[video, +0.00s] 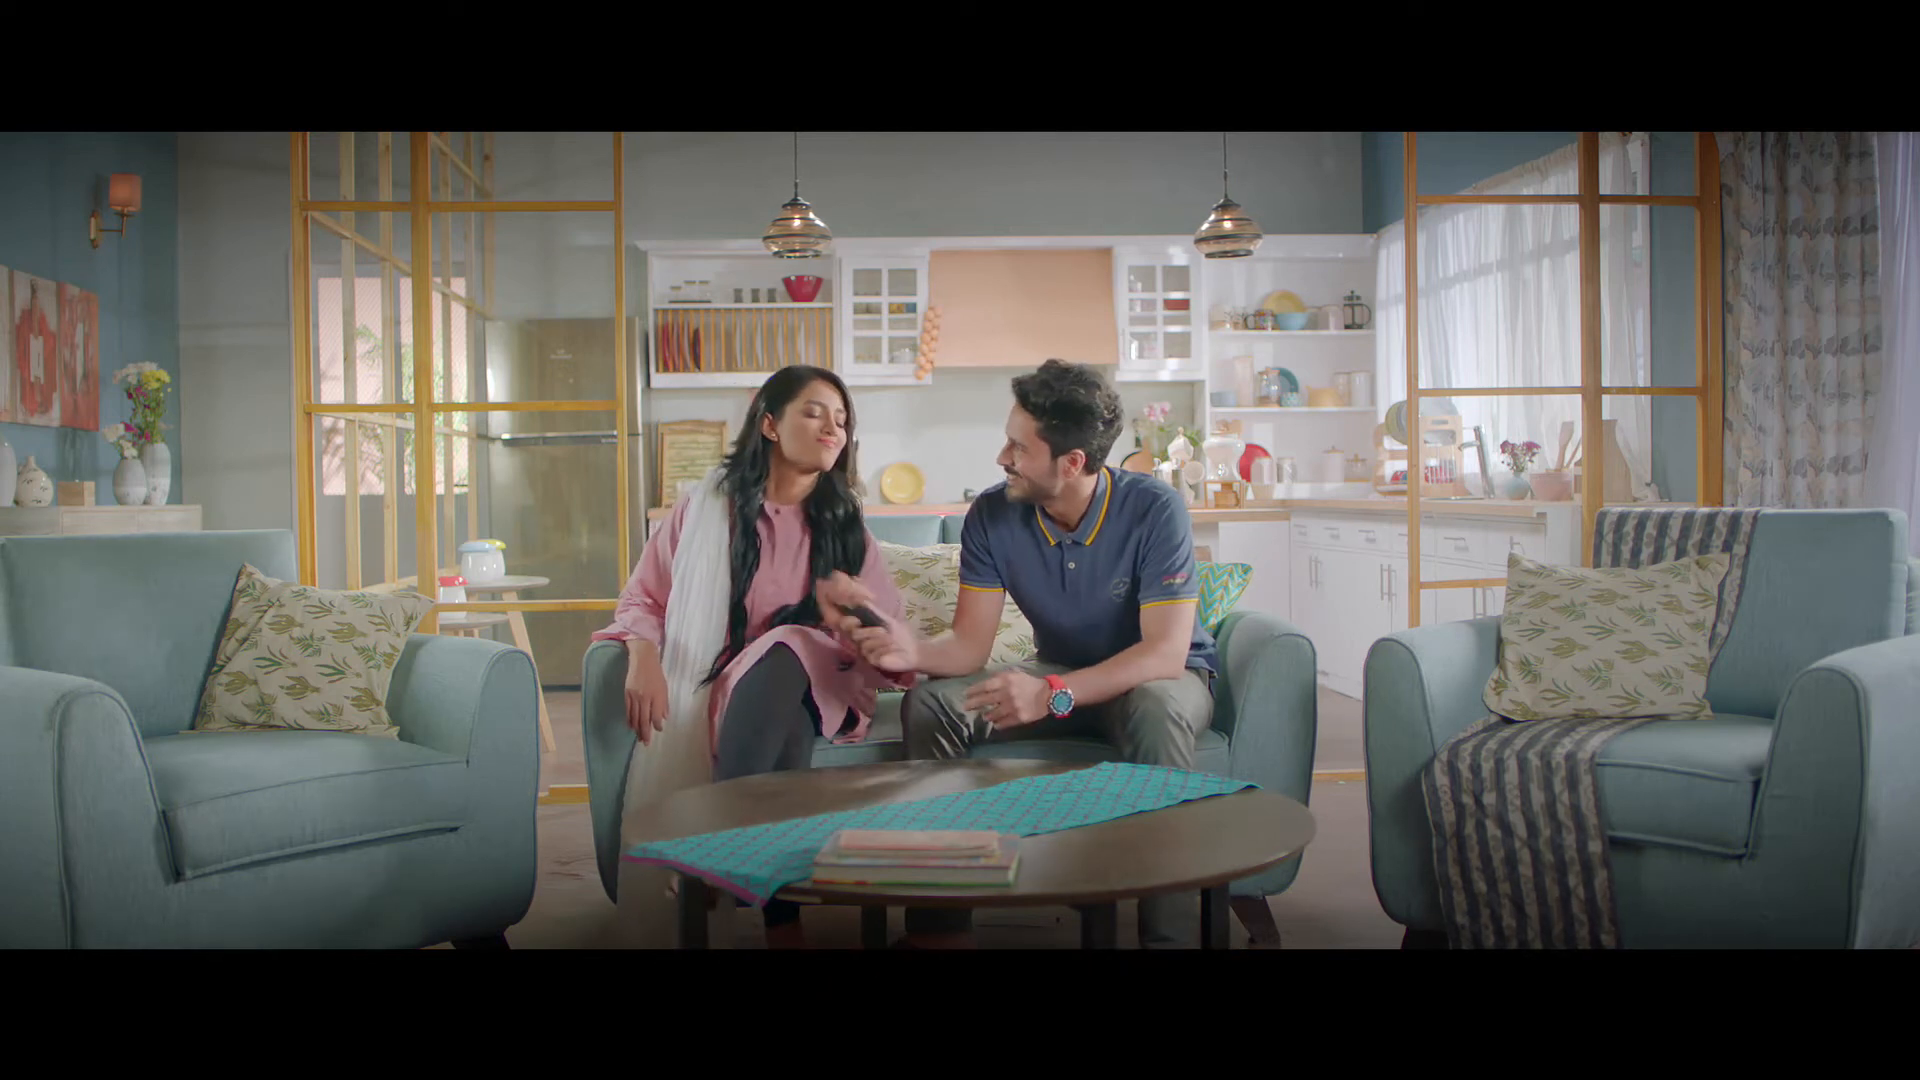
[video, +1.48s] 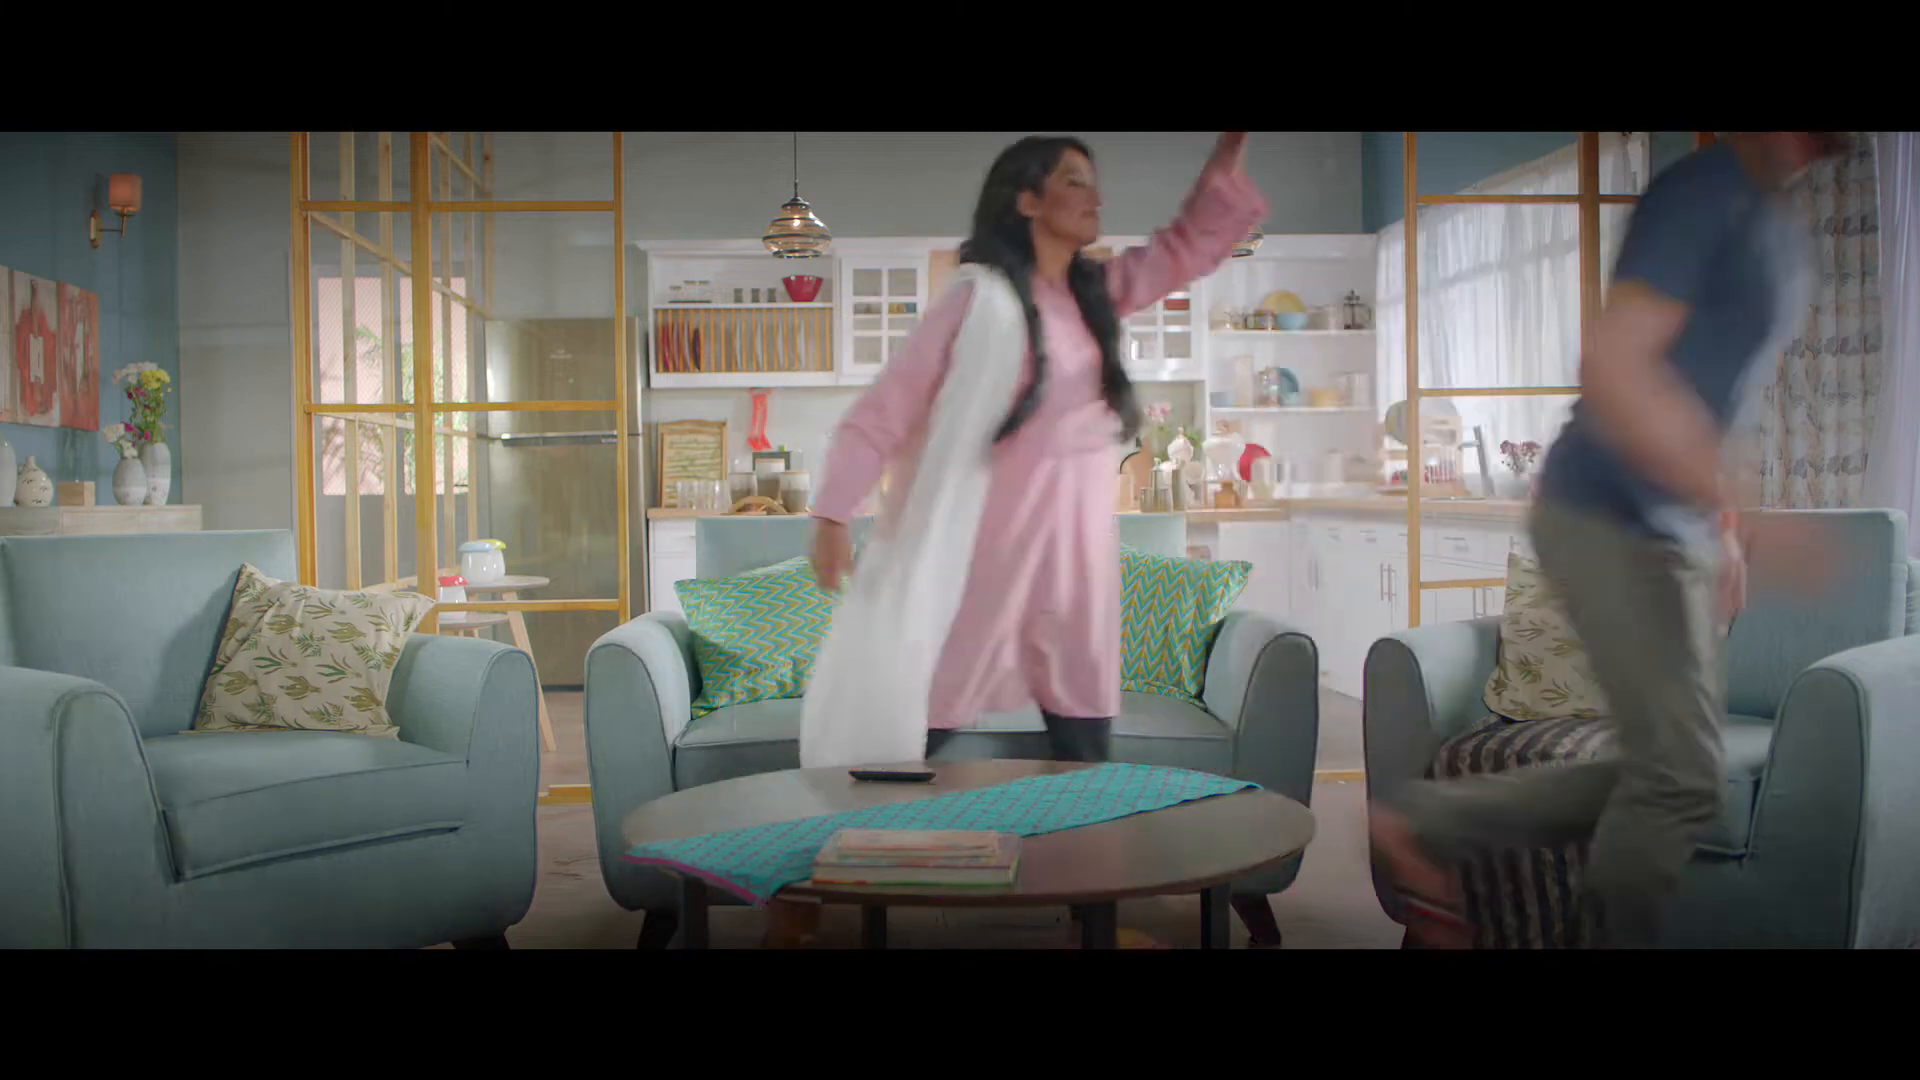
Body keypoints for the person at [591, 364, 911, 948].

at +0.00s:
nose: (832, 427)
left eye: (840, 419)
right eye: (814, 414)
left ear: (847, 437)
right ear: (772, 425)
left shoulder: (845, 527)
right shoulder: (707, 507)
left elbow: (891, 633)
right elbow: (644, 599)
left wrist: (864, 633)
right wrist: (643, 655)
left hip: (828, 676)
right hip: (733, 676)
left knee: (786, 645)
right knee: (789, 715)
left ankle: (722, 850)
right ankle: (782, 904)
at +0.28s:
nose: (843, 439)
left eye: (852, 430)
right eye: (826, 423)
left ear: (857, 447)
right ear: (781, 432)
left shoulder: (848, 534)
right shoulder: (713, 510)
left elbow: (873, 645)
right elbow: (649, 599)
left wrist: (864, 700)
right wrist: (641, 664)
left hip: (819, 698)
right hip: (719, 690)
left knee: (791, 643)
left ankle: (725, 859)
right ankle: (781, 908)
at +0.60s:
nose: (841, 420)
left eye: (848, 411)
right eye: (824, 403)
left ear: (853, 427)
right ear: (780, 413)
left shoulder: (846, 509)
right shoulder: (714, 497)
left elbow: (884, 651)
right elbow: (652, 594)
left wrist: (861, 601)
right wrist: (641, 656)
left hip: (826, 669)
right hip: (733, 672)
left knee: (798, 651)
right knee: (789, 713)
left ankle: (748, 862)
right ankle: (780, 899)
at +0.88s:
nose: (879, 423)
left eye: (884, 415)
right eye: (861, 411)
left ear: (890, 433)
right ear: (819, 429)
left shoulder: (884, 524)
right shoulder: (754, 508)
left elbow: (920, 635)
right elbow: (672, 590)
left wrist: (971, 603)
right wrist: (647, 664)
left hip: (841, 659)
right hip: (753, 667)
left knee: (854, 703)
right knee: (782, 735)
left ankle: (847, 891)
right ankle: (761, 915)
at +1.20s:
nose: (941, 355)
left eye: (942, 344)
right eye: (924, 342)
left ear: (945, 356)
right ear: (877, 358)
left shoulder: (945, 447)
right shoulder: (814, 452)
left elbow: (1049, 476)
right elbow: (725, 527)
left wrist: (1118, 406)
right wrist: (722, 602)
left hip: (885, 678)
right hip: (799, 674)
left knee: (912, 822)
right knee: (836, 819)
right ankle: (782, 933)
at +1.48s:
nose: (1094, 199)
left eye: (1096, 187)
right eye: (1076, 184)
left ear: (1085, 207)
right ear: (1025, 198)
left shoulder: (1095, 289)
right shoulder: (978, 297)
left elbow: (1190, 246)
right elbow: (890, 403)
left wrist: (1230, 158)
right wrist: (832, 509)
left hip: (1074, 555)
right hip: (969, 554)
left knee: (1086, 750)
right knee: (908, 745)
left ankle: (1094, 918)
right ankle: (834, 904)